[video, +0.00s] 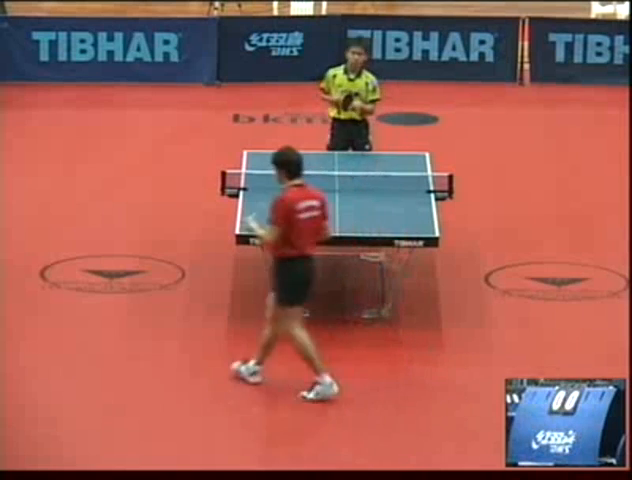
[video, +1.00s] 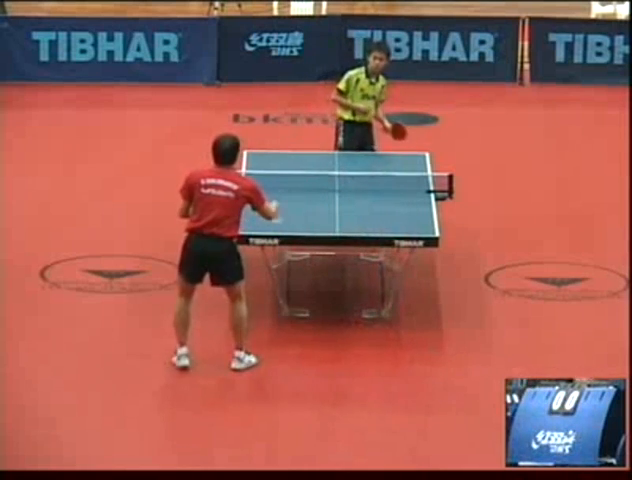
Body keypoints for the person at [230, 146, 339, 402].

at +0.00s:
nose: (275, 174)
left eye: (276, 170)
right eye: (276, 169)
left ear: (281, 172)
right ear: (299, 169)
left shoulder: (284, 200)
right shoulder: (317, 196)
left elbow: (273, 238)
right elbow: (324, 233)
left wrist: (255, 229)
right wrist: (300, 236)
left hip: (287, 263)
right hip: (306, 260)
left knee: (290, 322)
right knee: (276, 317)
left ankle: (324, 379)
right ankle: (255, 365)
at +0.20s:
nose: (257, 163)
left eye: (256, 159)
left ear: (255, 162)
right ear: (278, 161)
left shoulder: (255, 191)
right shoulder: (293, 191)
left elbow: (243, 229)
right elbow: (301, 230)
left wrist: (228, 223)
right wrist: (277, 229)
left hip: (253, 255)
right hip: (277, 255)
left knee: (230, 310)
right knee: (259, 311)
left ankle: (261, 355)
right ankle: (256, 363)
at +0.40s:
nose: (238, 159)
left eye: (236, 154)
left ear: (233, 157)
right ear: (256, 158)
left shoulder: (220, 186)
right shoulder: (268, 189)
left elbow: (206, 221)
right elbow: (283, 225)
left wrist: (223, 206)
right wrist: (264, 215)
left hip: (225, 249)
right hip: (255, 251)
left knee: (206, 305)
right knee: (249, 308)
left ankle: (190, 354)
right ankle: (250, 363)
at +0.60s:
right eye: (232, 157)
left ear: (211, 159)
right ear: (235, 160)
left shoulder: (196, 185)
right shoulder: (246, 189)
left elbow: (185, 218)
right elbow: (265, 224)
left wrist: (204, 213)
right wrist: (245, 218)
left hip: (202, 247)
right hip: (232, 249)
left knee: (189, 299)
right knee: (240, 299)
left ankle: (183, 352)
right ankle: (246, 349)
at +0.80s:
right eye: (229, 152)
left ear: (206, 154)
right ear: (230, 155)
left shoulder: (190, 178)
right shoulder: (239, 182)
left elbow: (185, 211)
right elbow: (263, 215)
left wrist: (206, 205)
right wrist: (237, 216)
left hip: (194, 241)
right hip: (224, 244)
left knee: (186, 298)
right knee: (237, 297)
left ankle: (183, 352)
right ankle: (239, 351)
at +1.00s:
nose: (238, 157)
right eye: (237, 154)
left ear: (213, 155)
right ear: (237, 157)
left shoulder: (196, 178)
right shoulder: (245, 185)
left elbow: (184, 212)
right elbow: (268, 214)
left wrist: (204, 207)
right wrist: (272, 208)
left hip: (196, 241)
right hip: (225, 244)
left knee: (184, 295)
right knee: (237, 298)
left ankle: (182, 350)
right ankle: (240, 352)